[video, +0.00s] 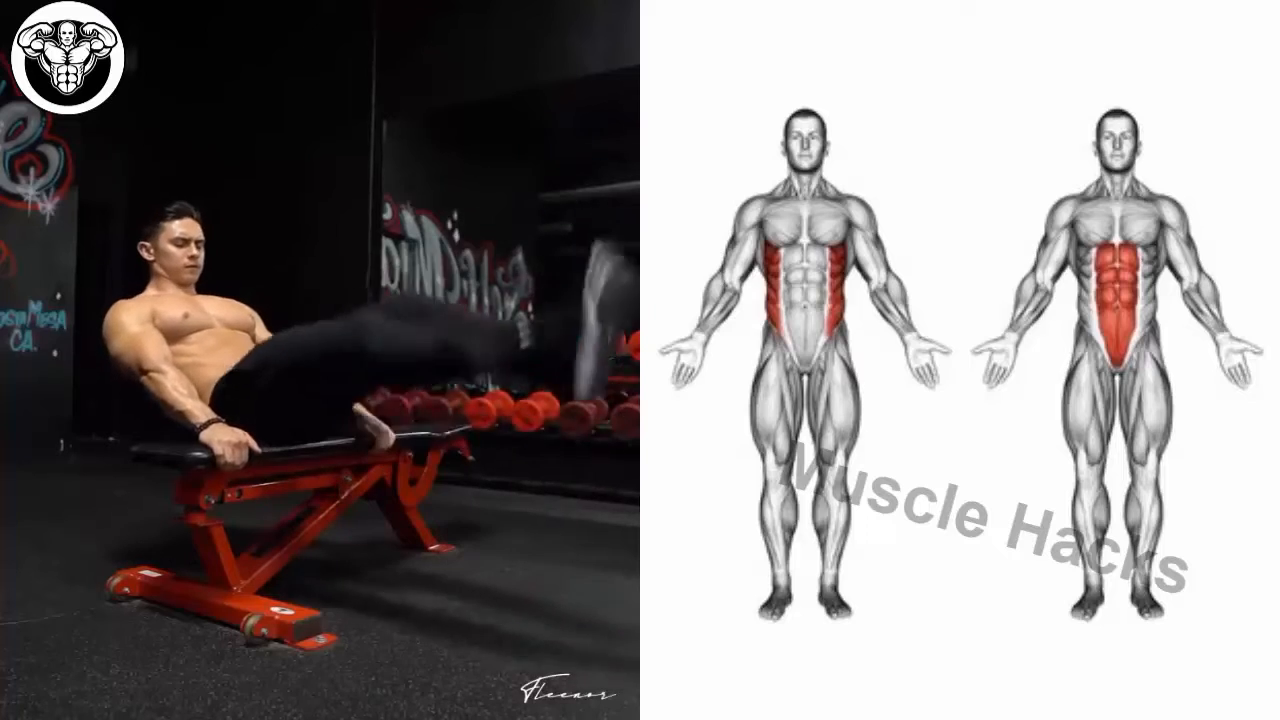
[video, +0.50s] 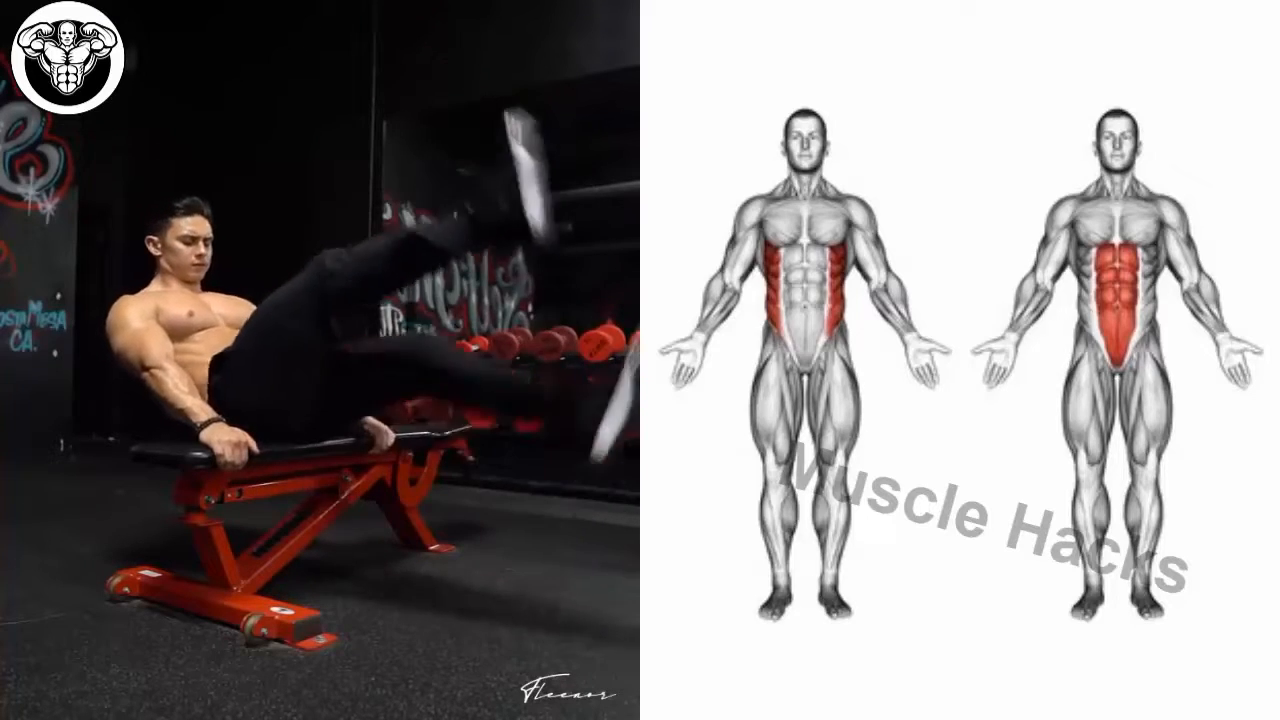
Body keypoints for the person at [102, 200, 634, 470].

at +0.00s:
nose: (193, 253)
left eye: (198, 244)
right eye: (180, 243)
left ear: (202, 251)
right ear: (149, 251)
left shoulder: (238, 308)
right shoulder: (129, 313)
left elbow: (286, 370)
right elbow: (156, 373)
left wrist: (357, 416)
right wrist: (208, 425)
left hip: (291, 400)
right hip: (237, 413)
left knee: (388, 312)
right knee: (349, 342)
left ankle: (546, 357)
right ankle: (510, 350)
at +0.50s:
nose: (201, 253)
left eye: (206, 243)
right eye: (188, 243)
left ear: (209, 247)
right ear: (156, 248)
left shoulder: (237, 306)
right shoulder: (131, 310)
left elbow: (300, 363)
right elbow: (159, 371)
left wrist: (357, 419)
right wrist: (208, 424)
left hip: (296, 401)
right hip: (240, 393)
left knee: (419, 353)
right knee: (325, 274)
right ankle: (503, 222)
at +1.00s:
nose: (214, 244)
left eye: (219, 235)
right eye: (202, 233)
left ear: (222, 242)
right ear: (168, 236)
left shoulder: (245, 299)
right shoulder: (140, 301)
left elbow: (303, 357)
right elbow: (164, 364)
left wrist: (364, 410)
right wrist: (208, 424)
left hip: (296, 383)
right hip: (242, 397)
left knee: (378, 294)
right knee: (368, 366)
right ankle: (535, 458)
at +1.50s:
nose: (215, 239)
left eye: (221, 230)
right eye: (202, 229)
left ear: (225, 235)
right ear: (168, 232)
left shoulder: (251, 293)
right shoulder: (143, 298)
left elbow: (302, 350)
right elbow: (163, 366)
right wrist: (210, 426)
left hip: (302, 396)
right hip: (242, 393)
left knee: (425, 398)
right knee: (336, 299)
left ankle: (539, 532)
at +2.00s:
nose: (221, 228)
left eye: (226, 219)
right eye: (209, 217)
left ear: (229, 228)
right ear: (173, 224)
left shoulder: (251, 291)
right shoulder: (146, 290)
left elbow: (309, 352)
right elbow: (163, 361)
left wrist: (368, 375)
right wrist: (209, 426)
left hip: (294, 378)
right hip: (240, 393)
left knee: (376, 299)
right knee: (371, 400)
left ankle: (535, 241)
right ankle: (510, 534)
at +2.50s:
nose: (208, 213)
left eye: (209, 206)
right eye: (192, 207)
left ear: (213, 225)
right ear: (162, 227)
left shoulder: (253, 289)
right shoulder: (144, 290)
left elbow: (306, 340)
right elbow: (160, 362)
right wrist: (208, 424)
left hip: (311, 397)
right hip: (245, 395)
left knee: (435, 422)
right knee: (329, 290)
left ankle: (540, 567)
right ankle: (500, 215)